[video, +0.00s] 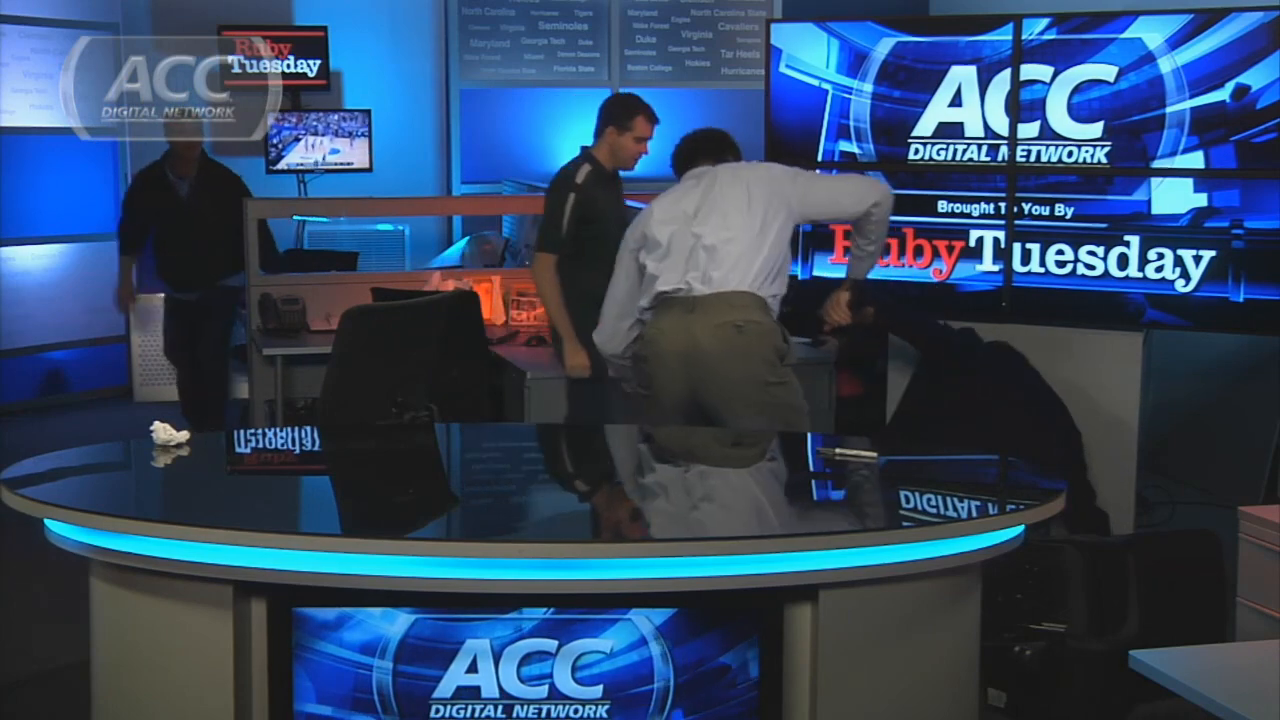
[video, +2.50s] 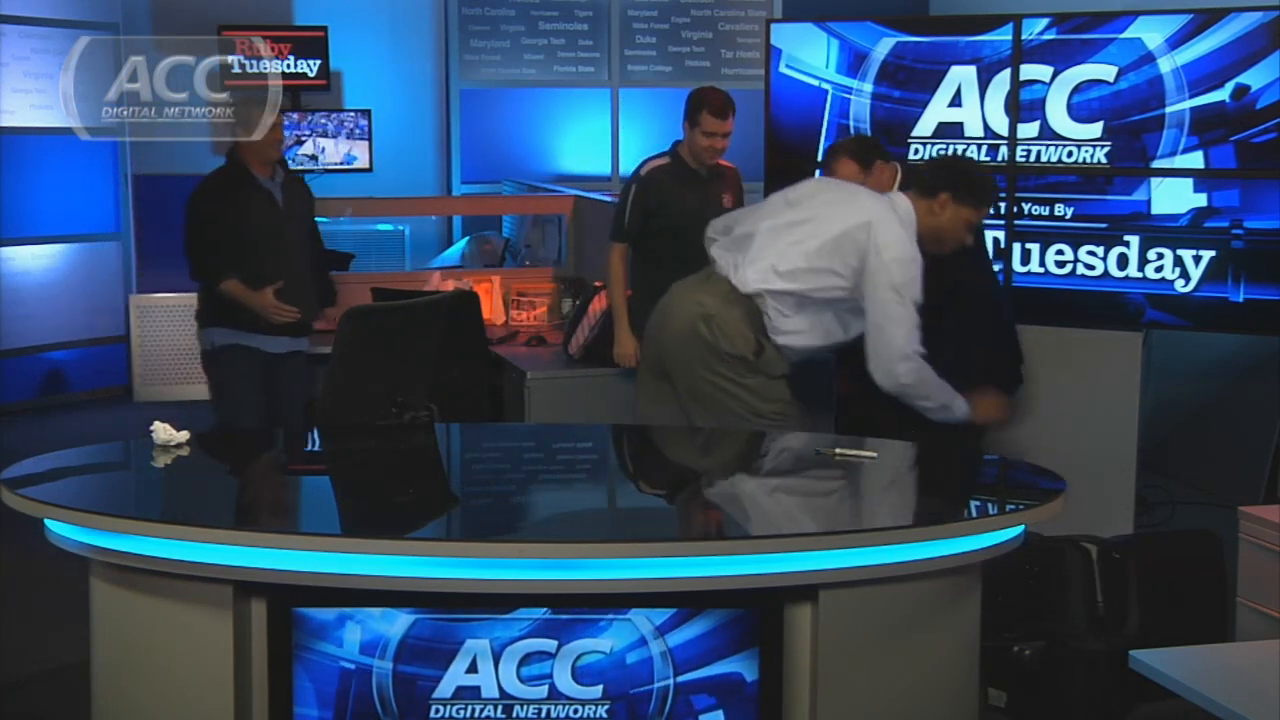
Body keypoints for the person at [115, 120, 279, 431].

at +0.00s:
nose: (188, 141)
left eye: (193, 134)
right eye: (180, 135)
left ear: (202, 138)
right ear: (169, 138)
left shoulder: (224, 181)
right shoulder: (147, 182)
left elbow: (257, 230)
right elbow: (130, 234)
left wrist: (274, 279)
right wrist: (126, 282)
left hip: (222, 286)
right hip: (177, 288)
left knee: (212, 359)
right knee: (179, 354)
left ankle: (212, 430)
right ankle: (195, 425)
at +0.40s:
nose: (194, 144)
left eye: (200, 137)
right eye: (187, 136)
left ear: (207, 140)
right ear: (171, 137)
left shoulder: (221, 191)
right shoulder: (138, 170)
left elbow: (246, 245)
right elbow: (109, 206)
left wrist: (269, 288)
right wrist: (90, 242)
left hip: (190, 296)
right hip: (138, 289)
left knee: (188, 373)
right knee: (120, 353)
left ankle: (186, 441)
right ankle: (145, 429)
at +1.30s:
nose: (182, 138)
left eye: (184, 130)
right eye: (172, 130)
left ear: (190, 135)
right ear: (152, 135)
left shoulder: (208, 187)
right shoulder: (116, 183)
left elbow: (225, 245)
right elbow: (89, 232)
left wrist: (226, 297)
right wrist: (80, 283)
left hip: (183, 318)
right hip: (124, 315)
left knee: (184, 408)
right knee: (116, 406)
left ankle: (183, 481)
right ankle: (120, 480)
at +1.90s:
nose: (190, 136)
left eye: (193, 126)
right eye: (179, 128)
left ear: (200, 132)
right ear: (158, 136)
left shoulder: (225, 186)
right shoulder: (130, 195)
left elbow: (246, 247)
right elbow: (110, 262)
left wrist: (255, 295)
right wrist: (126, 312)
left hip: (216, 338)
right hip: (153, 337)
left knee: (216, 432)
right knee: (149, 435)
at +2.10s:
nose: (212, 129)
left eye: (213, 121)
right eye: (201, 122)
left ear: (218, 128)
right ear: (179, 132)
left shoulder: (237, 183)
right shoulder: (151, 190)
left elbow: (252, 251)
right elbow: (140, 263)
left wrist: (257, 302)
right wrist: (180, 304)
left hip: (234, 336)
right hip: (171, 341)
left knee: (248, 433)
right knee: (157, 436)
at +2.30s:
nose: (244, 135)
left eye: (243, 127)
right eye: (233, 129)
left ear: (249, 133)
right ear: (209, 136)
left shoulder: (268, 192)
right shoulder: (186, 195)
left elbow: (272, 258)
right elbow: (176, 265)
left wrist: (281, 300)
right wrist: (222, 298)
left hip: (261, 345)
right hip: (201, 345)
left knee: (257, 446)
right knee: (192, 447)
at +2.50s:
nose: (281, 135)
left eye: (281, 126)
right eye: (271, 128)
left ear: (281, 130)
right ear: (245, 135)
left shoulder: (296, 188)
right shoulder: (212, 191)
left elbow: (311, 253)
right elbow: (207, 265)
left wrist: (325, 304)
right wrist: (251, 298)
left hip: (290, 340)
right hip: (234, 340)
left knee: (289, 439)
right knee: (244, 439)